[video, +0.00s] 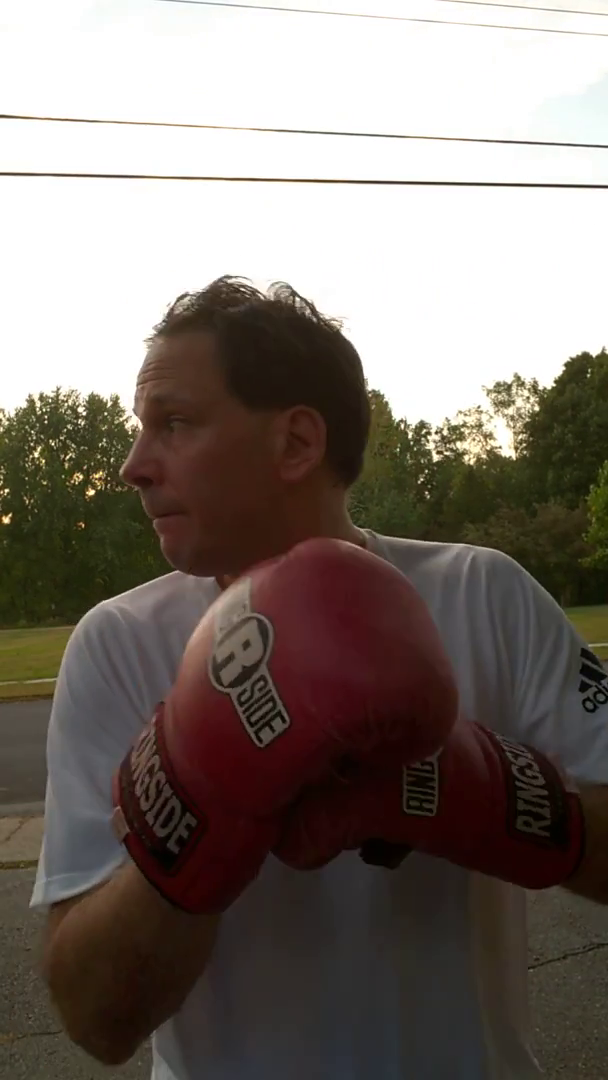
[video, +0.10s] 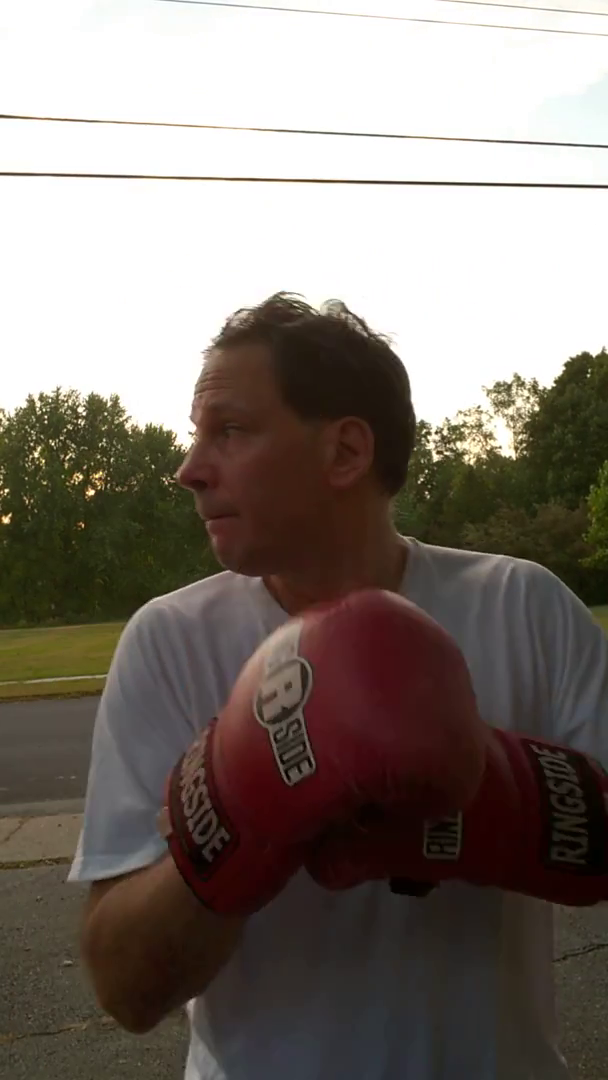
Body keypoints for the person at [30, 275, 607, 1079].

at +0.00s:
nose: (133, 468)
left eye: (173, 422)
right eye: (142, 429)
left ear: (298, 442)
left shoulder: (486, 599)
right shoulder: (117, 644)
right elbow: (98, 1019)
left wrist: (477, 796)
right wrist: (208, 805)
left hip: (473, 1060)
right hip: (223, 1067)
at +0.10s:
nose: (190, 470)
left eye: (229, 431)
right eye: (198, 435)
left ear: (346, 451)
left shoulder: (525, 610)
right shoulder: (166, 643)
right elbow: (129, 989)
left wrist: (487, 805)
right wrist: (247, 813)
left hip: (498, 1059)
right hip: (251, 1066)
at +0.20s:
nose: (258, 500)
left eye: (300, 466)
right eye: (262, 470)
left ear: (411, 488)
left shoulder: (574, 649)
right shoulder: (232, 666)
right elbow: (155, 977)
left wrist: (571, 848)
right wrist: (287, 847)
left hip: (534, 1061)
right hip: (302, 1065)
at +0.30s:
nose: (308, 510)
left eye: (349, 476)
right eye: (304, 480)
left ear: (448, 491)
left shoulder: (576, 636)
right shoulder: (260, 680)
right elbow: (186, 978)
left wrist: (585, 825)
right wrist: (278, 883)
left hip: (558, 1057)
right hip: (336, 1062)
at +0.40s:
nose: (320, 450)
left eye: (357, 416)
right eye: (302, 423)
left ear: (435, 430)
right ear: (287, 442)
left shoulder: (533, 572)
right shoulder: (242, 617)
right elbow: (189, 903)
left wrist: (587, 733)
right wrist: (311, 776)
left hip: (535, 1041)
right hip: (328, 1052)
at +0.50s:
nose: (319, 435)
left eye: (349, 404)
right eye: (291, 411)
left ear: (403, 424)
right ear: (267, 437)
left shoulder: (484, 554)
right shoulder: (218, 590)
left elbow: (600, 751)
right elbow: (160, 872)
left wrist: (578, 697)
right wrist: (337, 723)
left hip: (500, 1030)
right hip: (307, 1049)